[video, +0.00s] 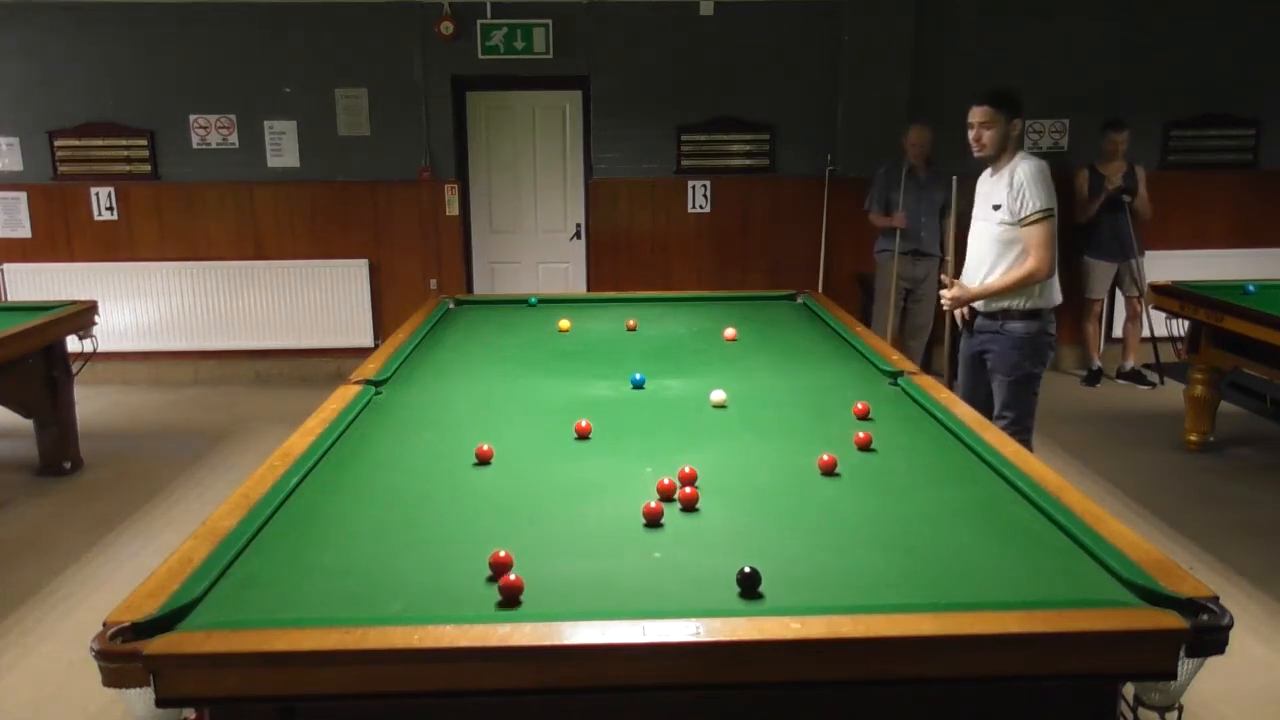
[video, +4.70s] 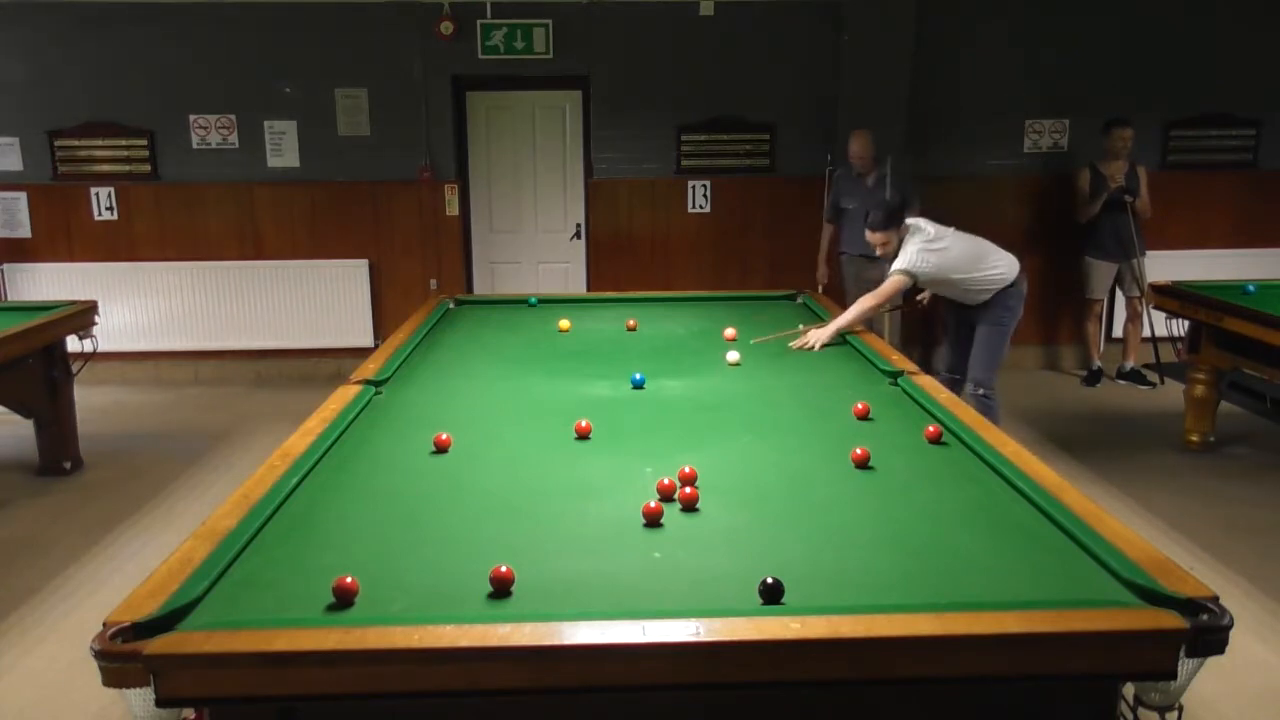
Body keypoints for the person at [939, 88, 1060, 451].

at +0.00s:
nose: (974, 136)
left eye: (985, 127)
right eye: (971, 127)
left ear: (1014, 128)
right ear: (967, 129)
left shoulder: (1029, 171)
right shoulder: (986, 180)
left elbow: (1042, 264)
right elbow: (985, 253)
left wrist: (974, 293)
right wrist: (963, 294)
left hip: (1018, 330)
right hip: (978, 326)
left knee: (1010, 441)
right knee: (967, 432)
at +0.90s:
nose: (990, 138)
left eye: (999, 129)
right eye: (988, 130)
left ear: (1028, 126)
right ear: (988, 131)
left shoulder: (1055, 174)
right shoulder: (983, 174)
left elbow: (1057, 254)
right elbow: (973, 247)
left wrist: (989, 239)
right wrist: (949, 236)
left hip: (1023, 312)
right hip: (979, 310)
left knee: (1012, 425)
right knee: (986, 420)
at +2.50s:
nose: (961, 139)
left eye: (968, 132)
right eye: (956, 132)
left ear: (992, 127)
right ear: (952, 130)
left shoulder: (1013, 170)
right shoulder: (944, 165)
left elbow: (1016, 240)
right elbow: (929, 225)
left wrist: (959, 231)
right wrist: (926, 216)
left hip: (986, 291)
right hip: (942, 290)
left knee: (982, 389)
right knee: (947, 384)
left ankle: (979, 466)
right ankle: (948, 463)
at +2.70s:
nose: (961, 139)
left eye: (969, 131)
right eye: (956, 131)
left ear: (991, 128)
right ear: (952, 131)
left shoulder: (1012, 171)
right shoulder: (941, 168)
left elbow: (1022, 240)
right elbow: (926, 219)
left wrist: (979, 279)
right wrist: (921, 256)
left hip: (986, 289)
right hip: (940, 287)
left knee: (977, 383)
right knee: (944, 379)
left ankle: (970, 458)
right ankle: (942, 453)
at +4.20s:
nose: (915, 169)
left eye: (923, 162)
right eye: (910, 162)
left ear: (941, 157)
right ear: (905, 158)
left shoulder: (956, 182)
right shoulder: (916, 199)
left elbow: (967, 233)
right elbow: (916, 257)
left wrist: (913, 265)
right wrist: (904, 307)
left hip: (967, 298)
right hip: (926, 298)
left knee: (947, 380)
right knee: (913, 378)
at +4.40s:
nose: (899, 190)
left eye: (905, 183)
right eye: (893, 184)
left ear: (923, 173)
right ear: (887, 178)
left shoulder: (937, 194)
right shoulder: (909, 202)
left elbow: (918, 249)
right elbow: (923, 251)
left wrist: (872, 296)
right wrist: (917, 297)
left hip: (984, 291)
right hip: (944, 292)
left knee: (972, 377)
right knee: (931, 373)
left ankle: (982, 456)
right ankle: (933, 448)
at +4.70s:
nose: (878, 252)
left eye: (883, 245)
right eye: (873, 245)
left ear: (901, 233)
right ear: (868, 235)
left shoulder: (915, 255)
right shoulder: (909, 225)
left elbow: (876, 300)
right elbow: (942, 246)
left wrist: (829, 329)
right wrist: (934, 286)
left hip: (1002, 288)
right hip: (962, 292)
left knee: (979, 385)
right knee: (951, 373)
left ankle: (988, 458)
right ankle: (943, 443)